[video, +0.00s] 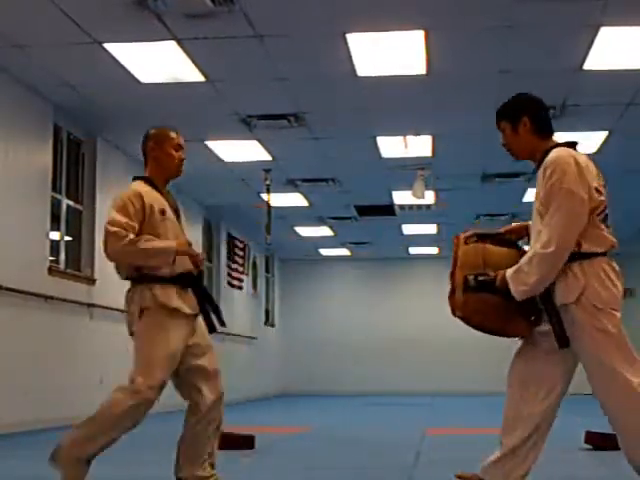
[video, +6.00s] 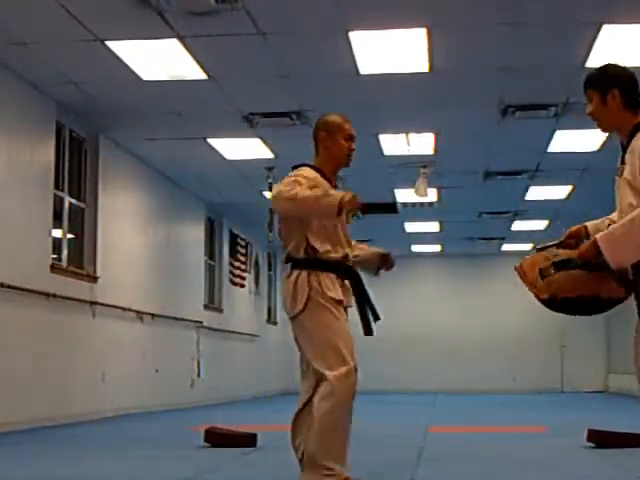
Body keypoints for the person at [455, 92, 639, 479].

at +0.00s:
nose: (504, 144)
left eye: (505, 134)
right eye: (502, 136)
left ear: (525, 126)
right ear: (530, 127)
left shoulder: (563, 163)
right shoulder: (557, 163)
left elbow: (557, 240)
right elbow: (559, 222)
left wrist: (511, 282)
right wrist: (518, 231)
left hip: (586, 279)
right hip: (563, 281)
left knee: (617, 383)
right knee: (532, 376)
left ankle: (638, 462)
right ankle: (504, 472)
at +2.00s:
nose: (425, 148)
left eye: (425, 138)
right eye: (422, 140)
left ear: (443, 130)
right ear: (449, 129)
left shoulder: (479, 150)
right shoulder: (482, 153)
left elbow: (485, 216)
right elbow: (490, 220)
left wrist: (441, 243)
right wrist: (449, 230)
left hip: (518, 270)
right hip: (510, 272)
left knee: (510, 377)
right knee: (504, 380)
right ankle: (508, 473)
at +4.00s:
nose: (309, 135)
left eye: (310, 126)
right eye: (308, 127)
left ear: (328, 122)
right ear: (346, 122)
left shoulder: (342, 161)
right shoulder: (387, 154)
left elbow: (333, 237)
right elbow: (372, 216)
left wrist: (297, 280)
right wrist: (316, 233)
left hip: (383, 272)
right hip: (423, 264)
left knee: (359, 377)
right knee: (442, 375)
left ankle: (350, 470)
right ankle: (479, 469)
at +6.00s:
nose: (588, 111)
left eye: (592, 101)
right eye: (588, 103)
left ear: (614, 98)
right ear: (613, 100)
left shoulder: (638, 146)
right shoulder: (630, 149)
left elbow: (639, 218)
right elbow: (629, 213)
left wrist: (600, 245)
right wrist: (588, 230)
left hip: (639, 276)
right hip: (636, 278)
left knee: (638, 359)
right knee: (638, 359)